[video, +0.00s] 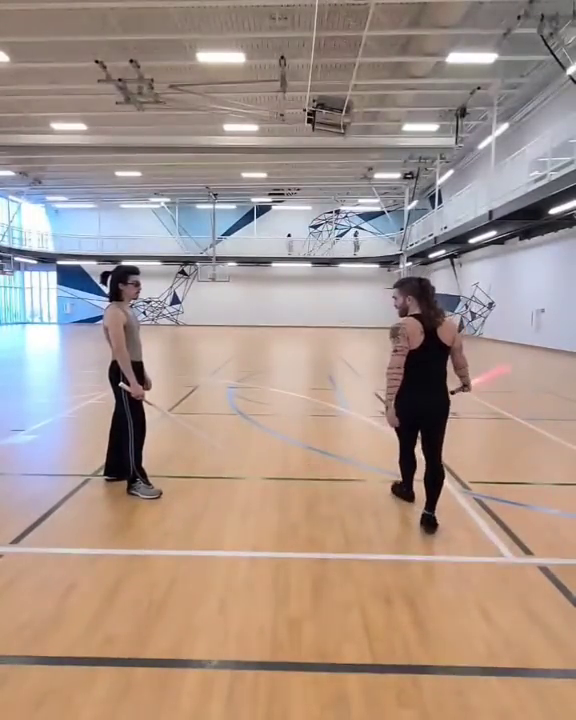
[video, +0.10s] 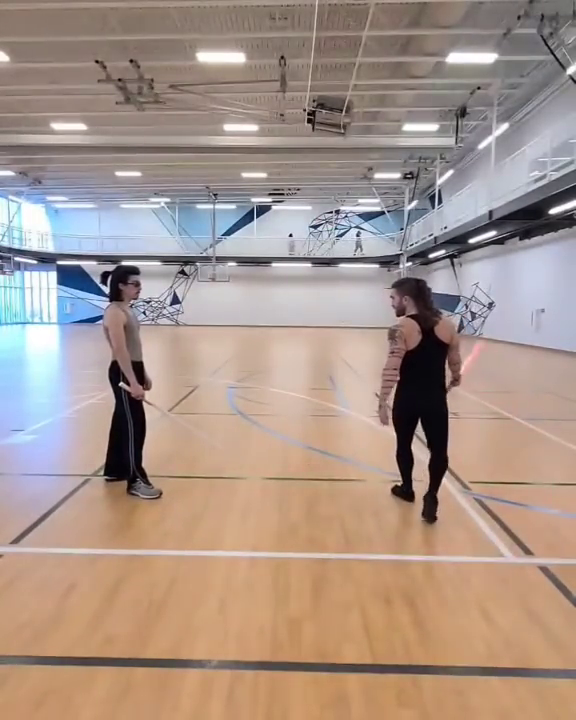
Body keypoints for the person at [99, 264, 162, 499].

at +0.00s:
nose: (138, 289)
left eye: (139, 285)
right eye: (134, 285)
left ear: (133, 287)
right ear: (120, 286)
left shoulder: (127, 311)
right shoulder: (114, 313)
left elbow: (133, 346)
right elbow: (119, 350)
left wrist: (143, 373)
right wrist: (132, 381)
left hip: (132, 369)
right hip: (123, 372)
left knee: (123, 421)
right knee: (136, 424)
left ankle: (114, 468)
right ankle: (136, 479)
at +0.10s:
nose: (138, 289)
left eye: (139, 285)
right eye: (134, 285)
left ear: (133, 287)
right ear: (120, 286)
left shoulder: (127, 310)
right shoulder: (114, 313)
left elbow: (133, 346)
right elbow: (119, 350)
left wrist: (143, 373)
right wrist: (132, 382)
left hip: (132, 369)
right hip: (123, 372)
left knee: (123, 421)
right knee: (136, 424)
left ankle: (114, 468)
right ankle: (135, 480)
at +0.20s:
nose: (138, 289)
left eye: (139, 285)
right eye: (134, 285)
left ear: (133, 287)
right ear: (120, 286)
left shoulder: (127, 311)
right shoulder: (115, 313)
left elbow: (133, 347)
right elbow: (119, 350)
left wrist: (143, 373)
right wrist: (133, 382)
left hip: (132, 369)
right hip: (123, 372)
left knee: (123, 422)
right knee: (136, 424)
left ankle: (114, 468)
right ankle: (135, 480)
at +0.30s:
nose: (139, 289)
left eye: (140, 285)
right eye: (134, 285)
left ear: (134, 288)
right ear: (120, 286)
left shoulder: (127, 310)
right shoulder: (115, 313)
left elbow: (134, 346)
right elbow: (120, 350)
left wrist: (143, 373)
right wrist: (133, 382)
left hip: (132, 369)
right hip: (123, 372)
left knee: (123, 422)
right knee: (136, 425)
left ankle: (114, 468)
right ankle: (135, 480)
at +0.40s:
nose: (140, 290)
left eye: (140, 286)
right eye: (135, 285)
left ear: (133, 288)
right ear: (122, 286)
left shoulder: (127, 311)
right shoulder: (115, 313)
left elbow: (134, 347)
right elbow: (119, 350)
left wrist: (143, 373)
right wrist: (133, 381)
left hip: (132, 369)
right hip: (124, 372)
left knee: (123, 422)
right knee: (136, 424)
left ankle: (114, 468)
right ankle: (135, 480)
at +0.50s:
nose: (140, 290)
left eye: (141, 286)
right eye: (136, 286)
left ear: (132, 289)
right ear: (123, 287)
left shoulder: (127, 311)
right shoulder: (115, 313)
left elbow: (134, 347)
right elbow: (120, 351)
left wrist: (144, 373)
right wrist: (133, 381)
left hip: (132, 369)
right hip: (124, 372)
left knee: (123, 422)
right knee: (137, 425)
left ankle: (114, 468)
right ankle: (135, 480)